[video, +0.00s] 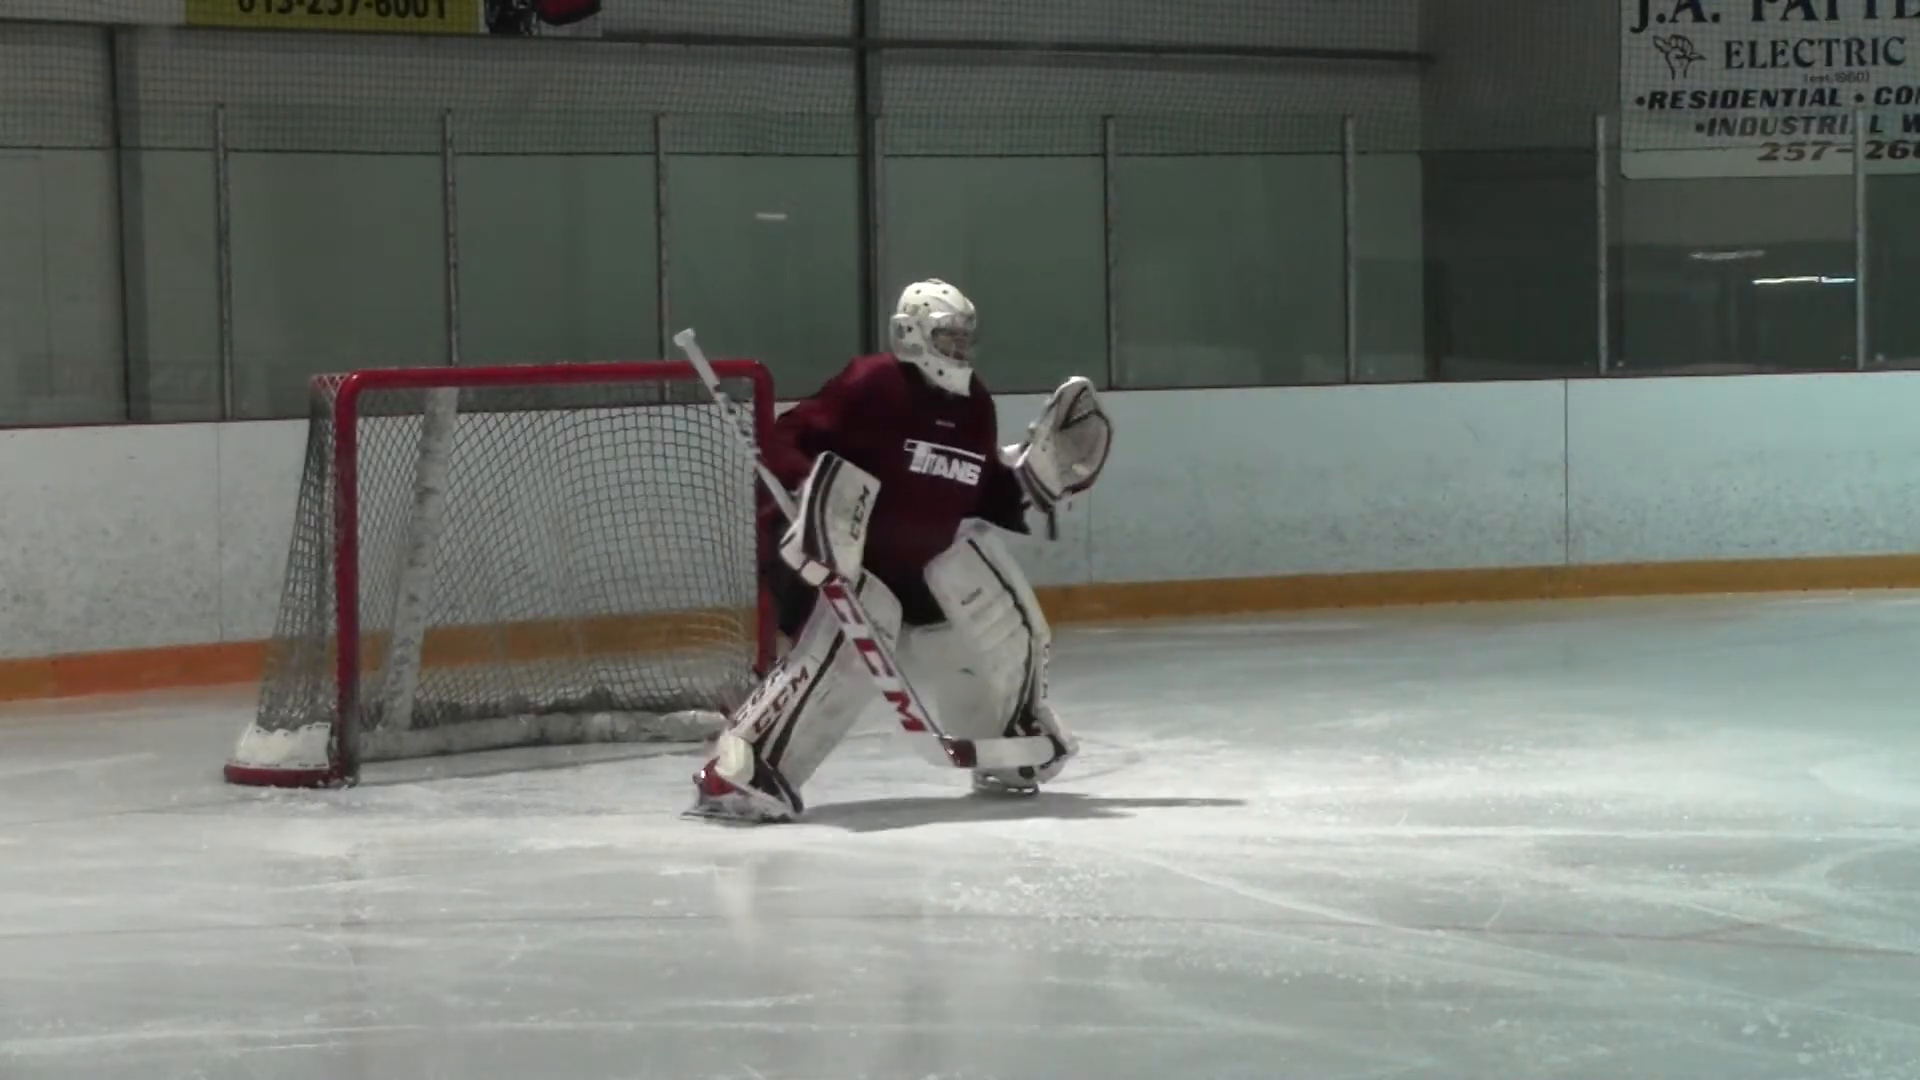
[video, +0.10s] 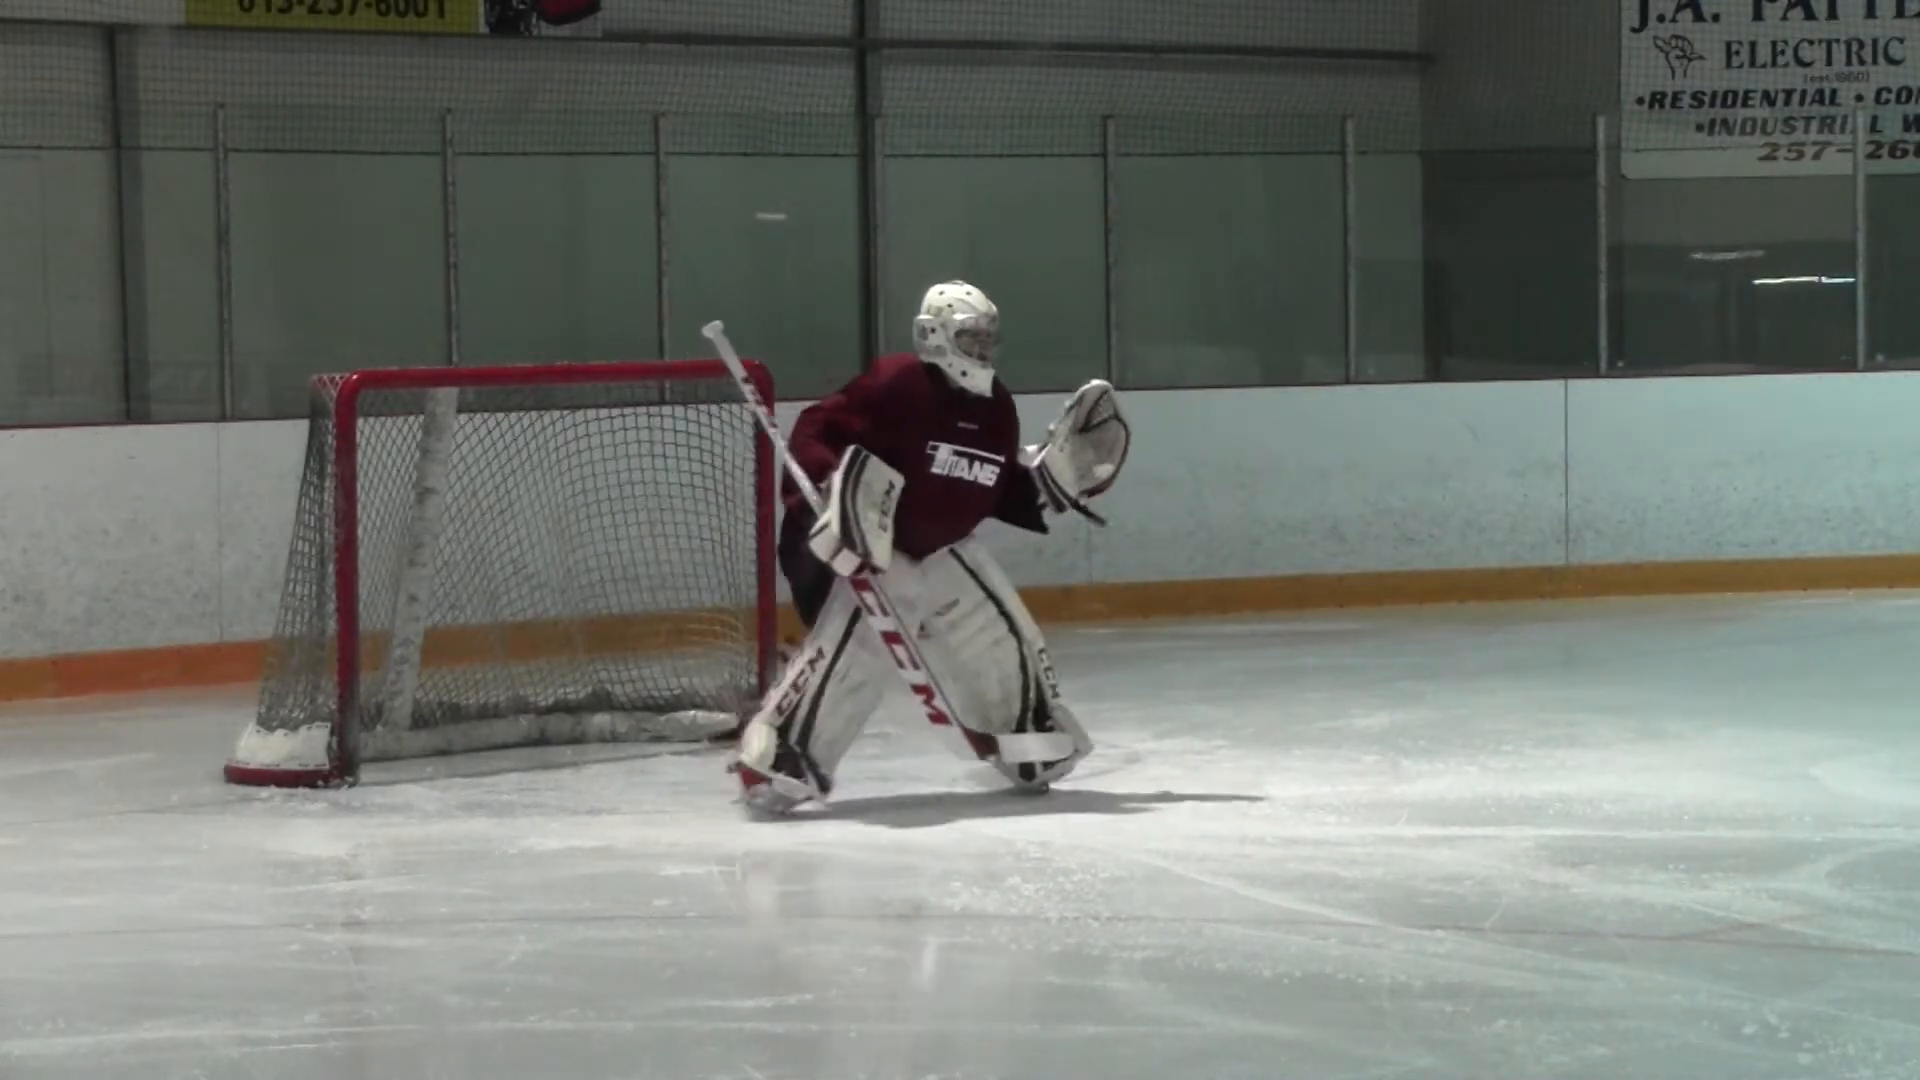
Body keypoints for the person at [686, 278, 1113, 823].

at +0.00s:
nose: (959, 348)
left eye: (964, 336)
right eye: (947, 335)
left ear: (970, 338)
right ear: (911, 334)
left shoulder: (974, 403)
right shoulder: (873, 382)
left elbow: (984, 491)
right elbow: (782, 440)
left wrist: (1036, 479)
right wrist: (824, 491)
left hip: (936, 571)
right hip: (860, 566)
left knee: (980, 657)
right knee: (830, 673)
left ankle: (1007, 757)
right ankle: (742, 775)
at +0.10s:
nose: (982, 349)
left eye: (987, 338)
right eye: (969, 337)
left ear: (994, 338)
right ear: (934, 338)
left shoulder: (996, 406)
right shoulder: (897, 384)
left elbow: (992, 488)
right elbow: (810, 434)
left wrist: (1052, 482)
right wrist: (845, 491)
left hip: (945, 552)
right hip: (866, 550)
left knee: (1001, 638)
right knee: (848, 657)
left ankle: (1031, 748)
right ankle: (780, 767)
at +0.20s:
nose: (1000, 361)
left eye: (1005, 350)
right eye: (988, 348)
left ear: (1011, 350)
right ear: (953, 347)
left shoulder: (1006, 420)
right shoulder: (912, 390)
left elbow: (1003, 500)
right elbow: (829, 440)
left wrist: (1054, 502)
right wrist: (858, 495)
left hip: (964, 548)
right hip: (891, 555)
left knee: (1014, 638)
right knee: (867, 669)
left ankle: (1029, 753)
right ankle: (794, 762)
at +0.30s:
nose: (1022, 368)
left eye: (1026, 356)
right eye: (1010, 356)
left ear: (1027, 356)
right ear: (974, 353)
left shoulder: (1023, 428)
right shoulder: (936, 395)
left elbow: (1016, 524)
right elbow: (851, 448)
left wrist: (1068, 501)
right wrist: (892, 503)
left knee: (1017, 645)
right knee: (899, 664)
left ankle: (1023, 749)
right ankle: (783, 762)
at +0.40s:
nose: (1048, 367)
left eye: (1052, 355)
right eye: (1036, 355)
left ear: (1053, 354)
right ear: (1000, 353)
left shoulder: (1046, 427)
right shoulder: (965, 394)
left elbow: (1045, 513)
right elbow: (881, 448)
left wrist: (1095, 497)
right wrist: (928, 500)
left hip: (998, 561)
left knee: (1054, 624)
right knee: (914, 657)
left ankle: (1058, 736)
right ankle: (811, 760)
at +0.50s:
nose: (1065, 372)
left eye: (1068, 361)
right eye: (1054, 360)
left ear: (1070, 360)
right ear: (1020, 357)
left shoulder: (1055, 428)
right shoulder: (983, 388)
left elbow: (1048, 517)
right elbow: (907, 445)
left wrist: (1104, 506)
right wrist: (960, 507)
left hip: (1003, 553)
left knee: (1059, 640)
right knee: (940, 652)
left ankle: (1088, 744)